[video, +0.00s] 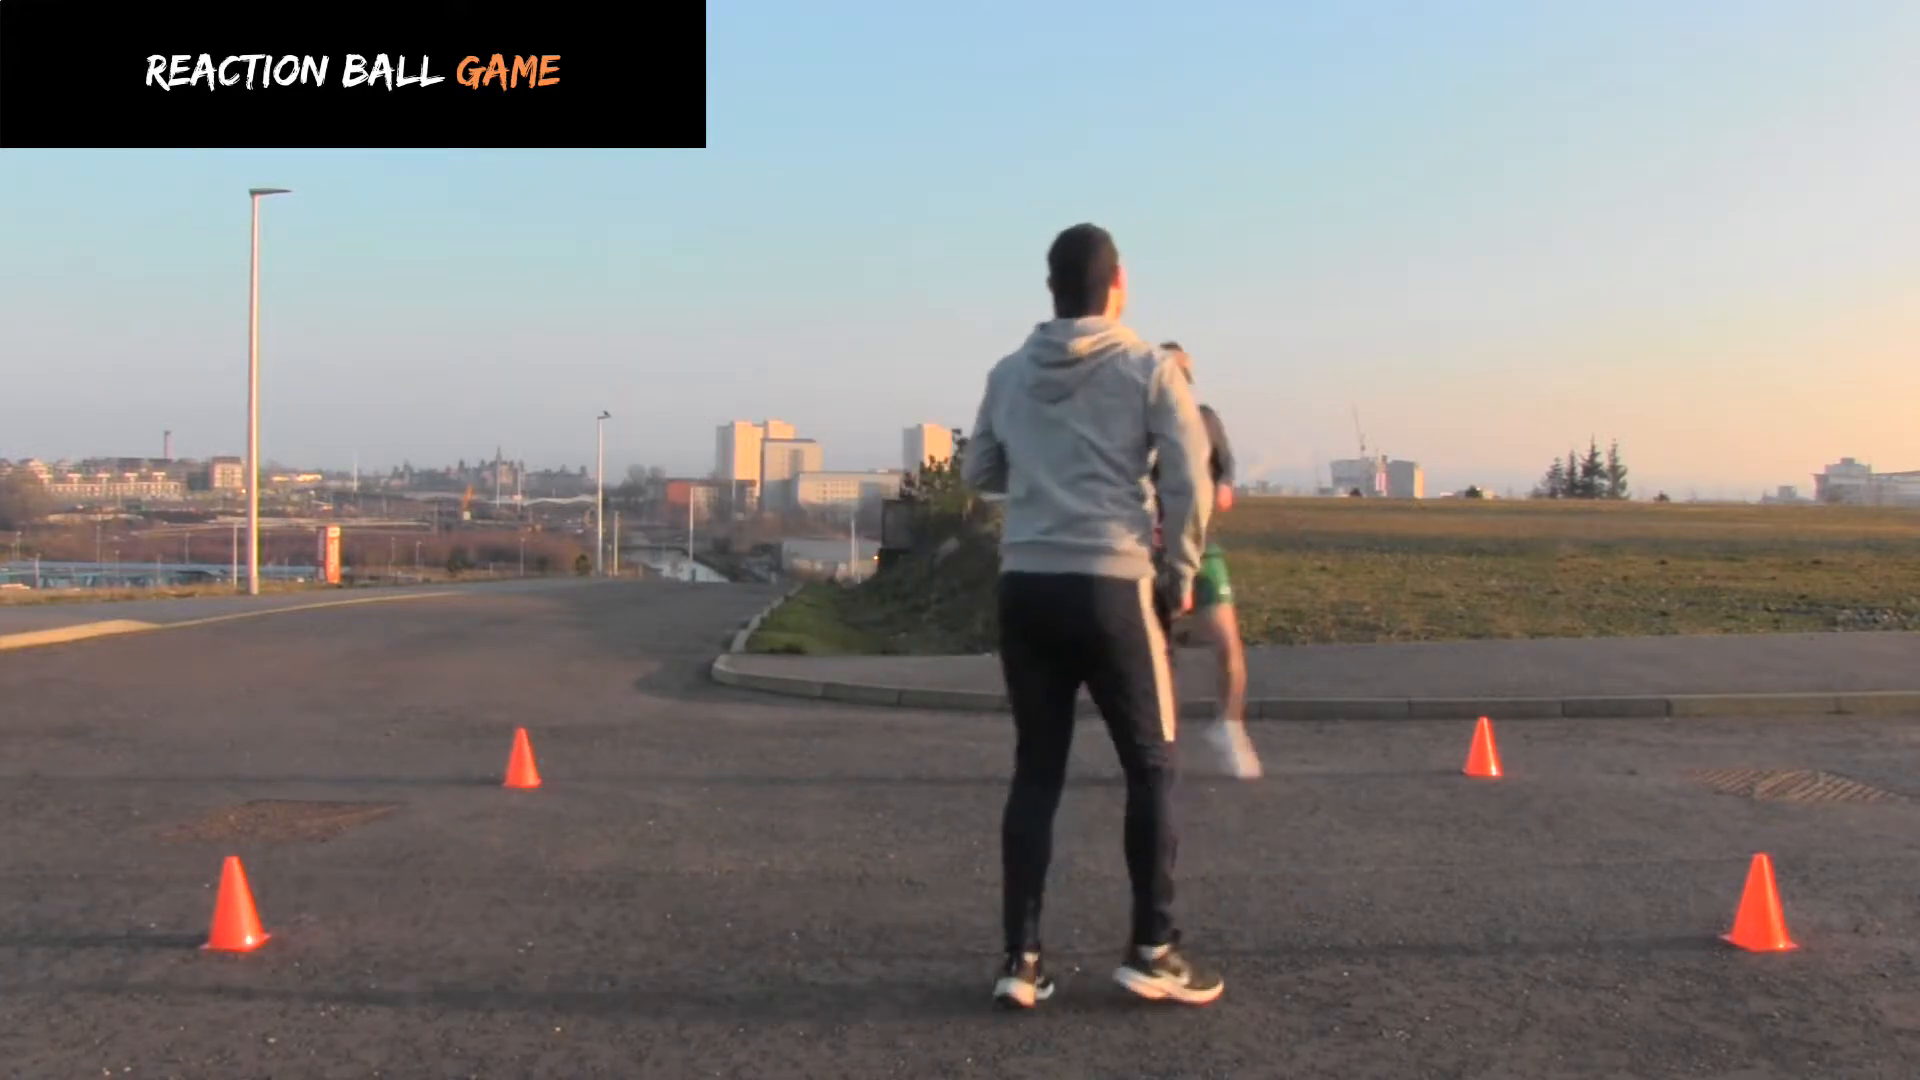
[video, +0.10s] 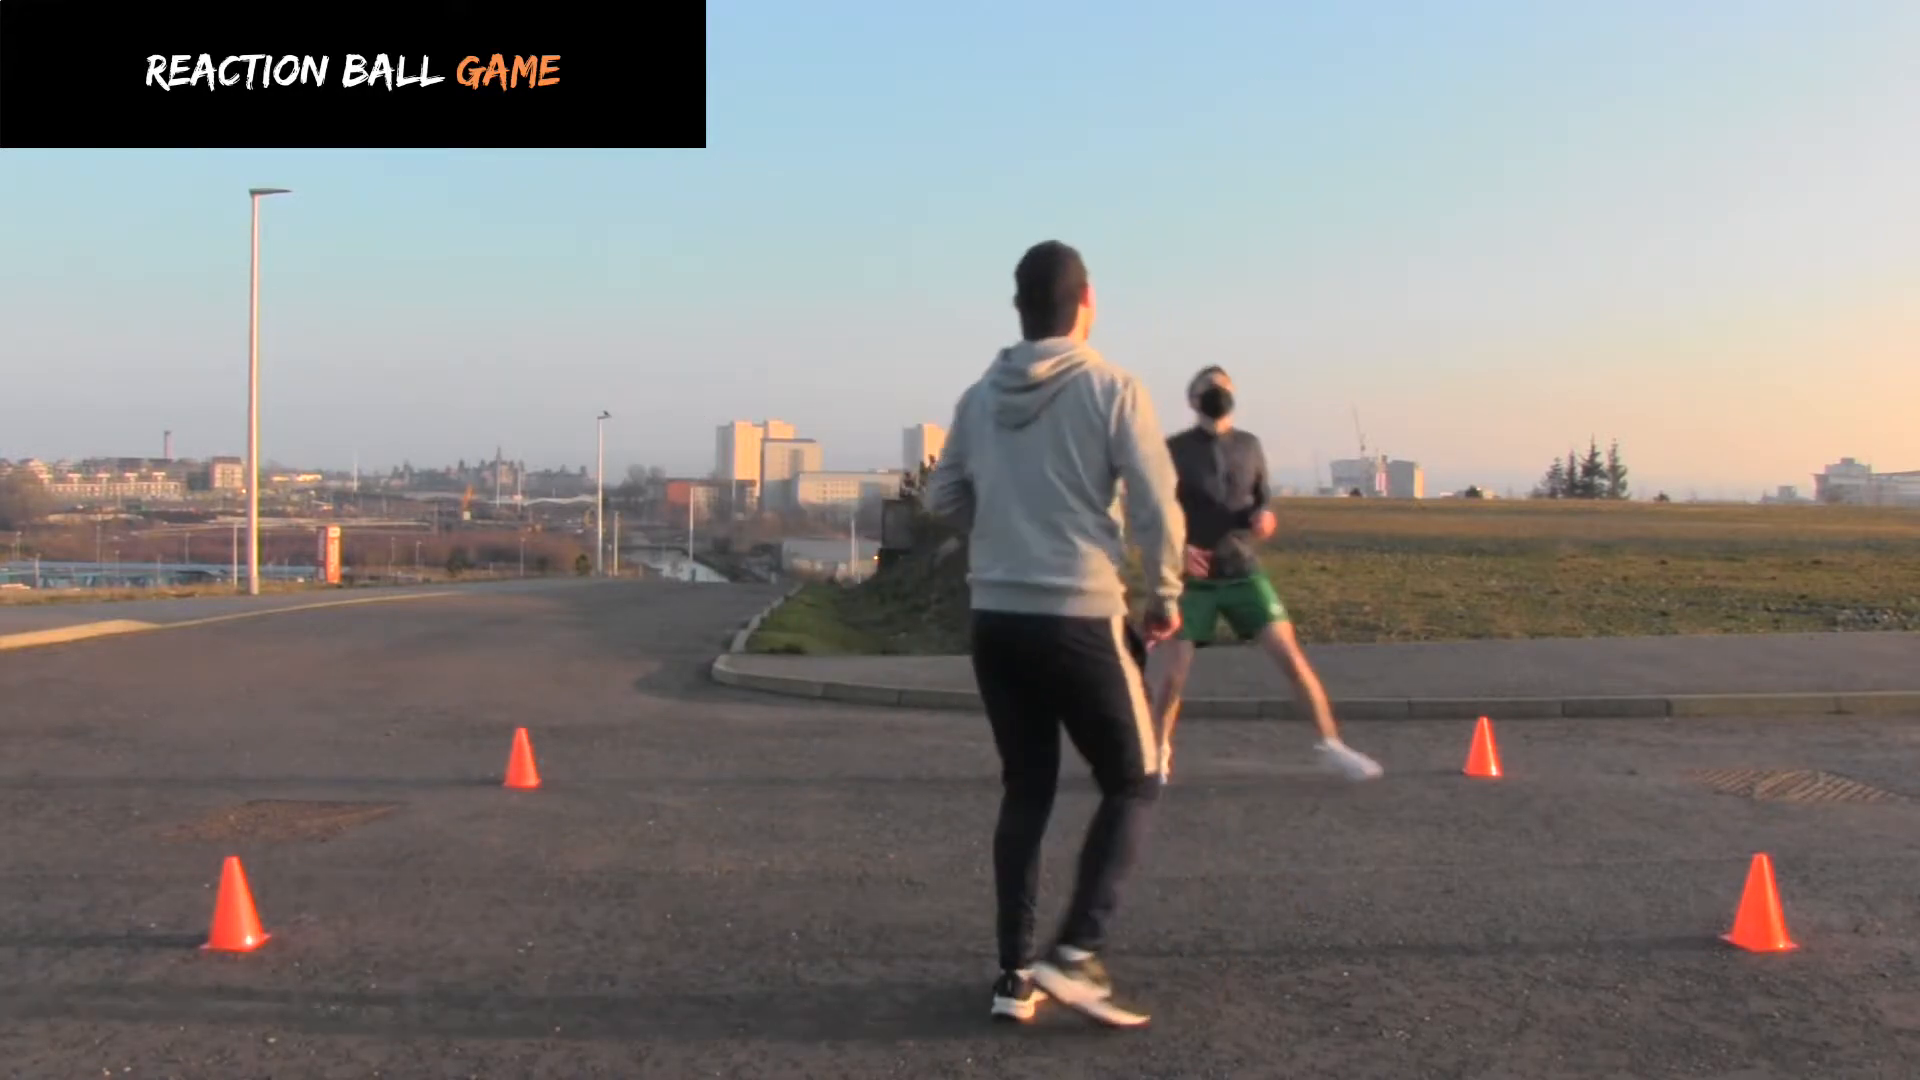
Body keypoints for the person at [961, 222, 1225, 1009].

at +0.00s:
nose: (1126, 289)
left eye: (1110, 278)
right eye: (1124, 278)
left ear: (1052, 287)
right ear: (1117, 284)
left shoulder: (1010, 372)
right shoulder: (1150, 367)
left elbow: (980, 471)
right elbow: (1188, 478)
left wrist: (1048, 463)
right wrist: (1178, 572)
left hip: (1025, 590)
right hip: (1111, 590)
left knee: (1034, 772)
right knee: (1150, 767)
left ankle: (1019, 961)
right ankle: (1151, 950)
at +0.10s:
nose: (1093, 308)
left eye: (1075, 298)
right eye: (1091, 298)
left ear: (1018, 306)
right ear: (1085, 304)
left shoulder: (980, 398)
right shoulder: (1114, 390)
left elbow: (944, 499)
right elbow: (1158, 505)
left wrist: (1004, 516)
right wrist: (1160, 596)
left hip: (994, 622)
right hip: (1079, 625)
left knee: (1025, 786)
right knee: (1131, 781)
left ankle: (1015, 978)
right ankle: (1078, 954)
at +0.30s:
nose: (1048, 282)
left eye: (1007, 269)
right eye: (1050, 270)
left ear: (976, 274)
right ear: (1048, 274)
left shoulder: (934, 362)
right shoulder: (1083, 355)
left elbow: (891, 457)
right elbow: (1126, 471)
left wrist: (958, 497)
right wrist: (1094, 548)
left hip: (955, 594)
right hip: (1043, 597)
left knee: (988, 775)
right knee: (1026, 783)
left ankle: (996, 957)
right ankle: (956, 974)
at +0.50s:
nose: (1026, 308)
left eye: (1018, 295)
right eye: (1025, 297)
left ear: (945, 299)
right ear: (1016, 303)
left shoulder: (894, 397)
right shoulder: (1031, 393)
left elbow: (860, 506)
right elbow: (1078, 527)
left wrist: (933, 524)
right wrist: (1058, 601)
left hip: (902, 631)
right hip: (990, 634)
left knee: (943, 776)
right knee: (997, 822)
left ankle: (906, 947)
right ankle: (934, 1017)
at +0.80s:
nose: (958, 292)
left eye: (954, 277)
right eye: (956, 279)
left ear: (883, 280)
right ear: (939, 283)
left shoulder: (832, 371)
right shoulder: (946, 364)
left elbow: (786, 490)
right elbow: (970, 481)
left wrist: (861, 516)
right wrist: (980, 581)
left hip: (821, 601)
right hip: (896, 605)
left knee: (838, 790)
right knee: (941, 795)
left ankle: (800, 984)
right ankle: (871, 990)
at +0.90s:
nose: (933, 306)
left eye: (929, 292)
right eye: (931, 293)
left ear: (863, 291)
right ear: (913, 294)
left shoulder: (804, 384)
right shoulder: (919, 380)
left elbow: (755, 493)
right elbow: (932, 505)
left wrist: (808, 556)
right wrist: (946, 604)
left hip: (797, 617)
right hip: (870, 620)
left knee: (826, 793)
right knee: (901, 804)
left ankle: (793, 979)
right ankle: (774, 957)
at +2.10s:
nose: (887, 318)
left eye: (885, 305)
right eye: (883, 306)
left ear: (824, 312)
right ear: (864, 314)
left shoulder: (782, 389)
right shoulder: (863, 391)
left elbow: (758, 484)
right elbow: (876, 500)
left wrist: (798, 547)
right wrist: (902, 589)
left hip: (774, 579)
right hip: (827, 582)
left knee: (814, 714)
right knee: (850, 738)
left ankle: (774, 852)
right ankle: (823, 906)